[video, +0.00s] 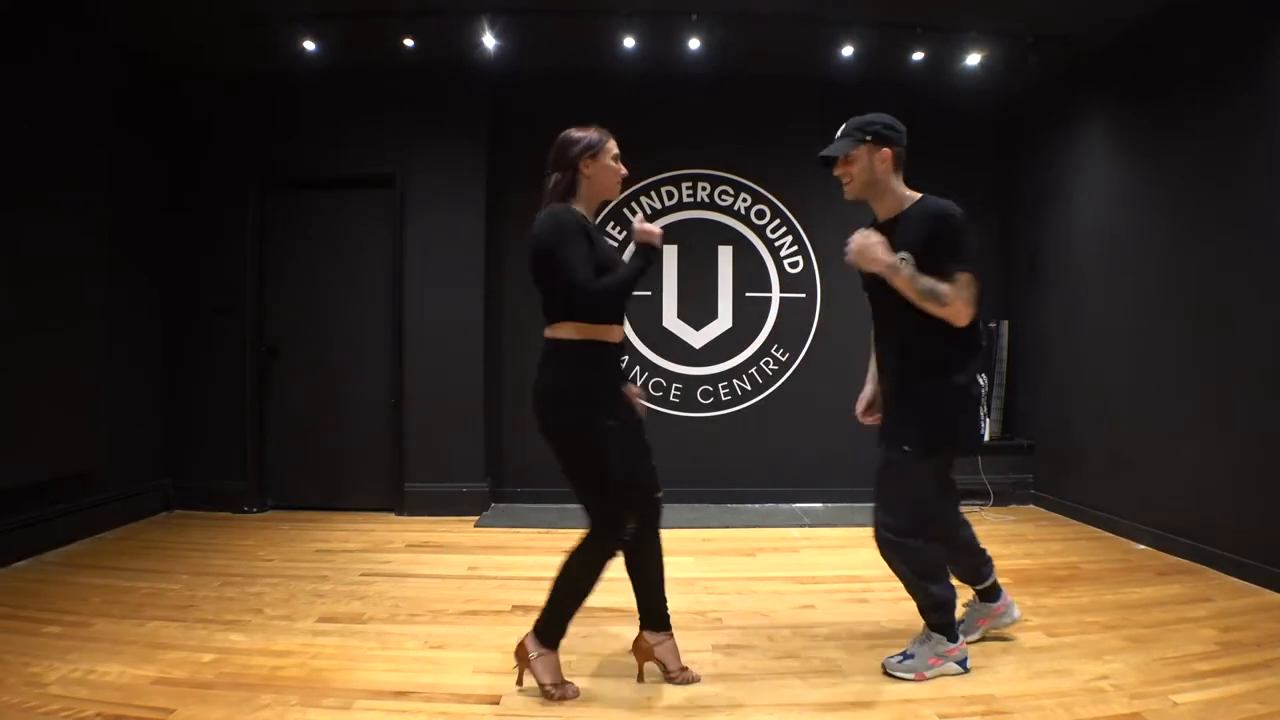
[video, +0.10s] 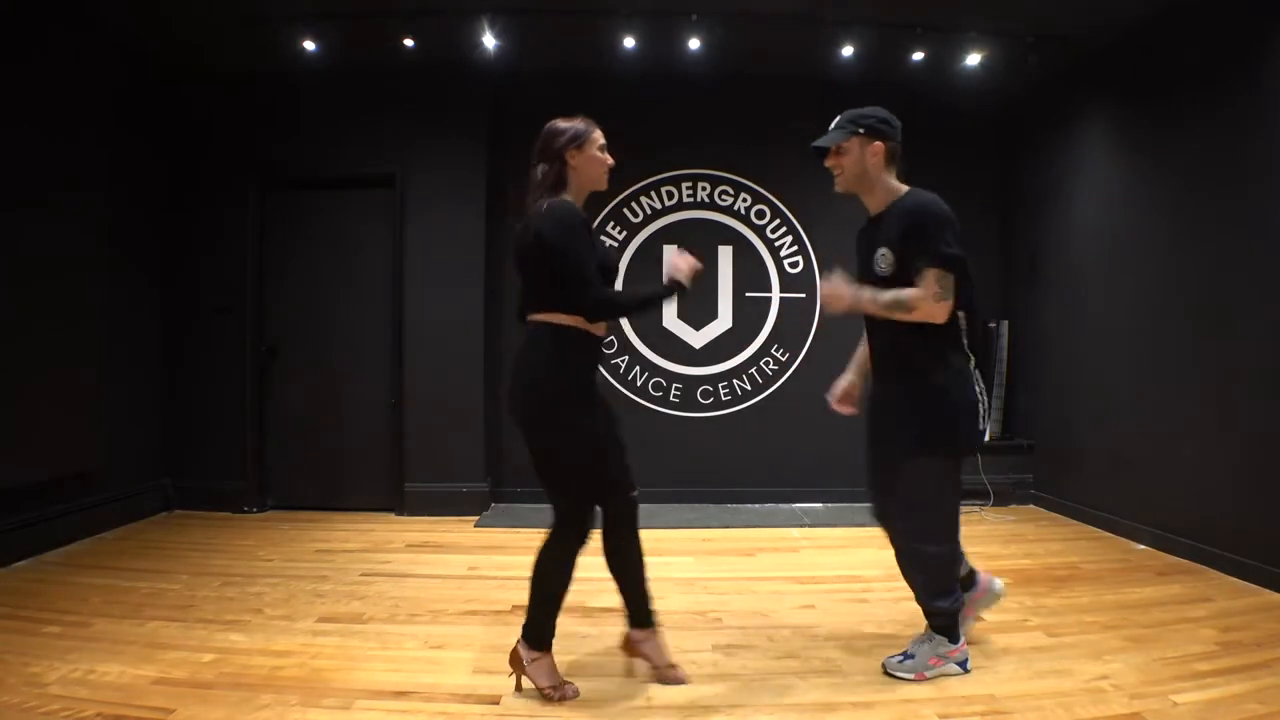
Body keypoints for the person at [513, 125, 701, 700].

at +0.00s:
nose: (624, 169)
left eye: (622, 160)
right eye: (614, 160)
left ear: (593, 167)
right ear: (583, 166)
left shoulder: (598, 229)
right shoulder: (558, 224)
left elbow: (593, 322)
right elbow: (590, 298)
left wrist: (619, 382)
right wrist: (641, 254)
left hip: (603, 381)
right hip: (569, 382)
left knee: (644, 503)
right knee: (611, 518)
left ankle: (655, 632)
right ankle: (541, 642)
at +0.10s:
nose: (610, 159)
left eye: (607, 149)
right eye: (600, 150)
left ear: (577, 160)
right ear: (569, 159)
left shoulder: (565, 219)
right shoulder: (558, 219)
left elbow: (556, 305)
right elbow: (597, 305)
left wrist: (595, 325)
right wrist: (670, 283)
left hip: (568, 374)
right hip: (551, 375)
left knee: (619, 501)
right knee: (576, 512)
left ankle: (642, 630)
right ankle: (534, 646)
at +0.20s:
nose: (595, 154)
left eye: (591, 145)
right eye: (585, 146)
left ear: (556, 158)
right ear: (554, 157)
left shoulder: (538, 218)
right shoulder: (555, 220)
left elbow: (502, 291)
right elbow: (591, 305)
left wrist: (561, 312)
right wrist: (679, 322)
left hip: (537, 378)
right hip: (534, 381)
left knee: (604, 488)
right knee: (548, 505)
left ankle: (568, 622)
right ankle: (532, 645)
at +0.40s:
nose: (549, 159)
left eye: (545, 149)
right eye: (538, 150)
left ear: (508, 163)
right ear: (507, 161)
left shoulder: (487, 220)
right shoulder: (513, 219)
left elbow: (501, 282)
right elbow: (521, 279)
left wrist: (554, 251)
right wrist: (587, 279)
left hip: (477, 366)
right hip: (505, 368)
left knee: (483, 506)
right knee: (520, 514)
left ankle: (422, 608)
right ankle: (533, 648)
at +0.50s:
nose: (520, 157)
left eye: (517, 148)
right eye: (509, 148)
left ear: (485, 160)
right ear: (476, 158)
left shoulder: (481, 224)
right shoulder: (467, 215)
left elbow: (520, 282)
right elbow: (484, 249)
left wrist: (571, 252)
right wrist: (553, 223)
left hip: (447, 364)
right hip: (466, 365)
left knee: (442, 494)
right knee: (520, 487)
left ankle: (411, 611)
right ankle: (501, 628)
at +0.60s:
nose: (499, 160)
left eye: (497, 151)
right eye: (488, 152)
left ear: (468, 165)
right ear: (456, 162)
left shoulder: (470, 233)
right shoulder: (439, 218)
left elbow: (530, 282)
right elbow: (467, 232)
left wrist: (588, 246)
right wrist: (542, 203)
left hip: (442, 365)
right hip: (438, 365)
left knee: (431, 490)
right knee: (498, 485)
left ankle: (409, 613)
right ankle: (449, 609)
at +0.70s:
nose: (478, 163)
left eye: (475, 154)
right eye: (470, 154)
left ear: (451, 163)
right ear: (445, 161)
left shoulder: (468, 240)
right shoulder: (416, 219)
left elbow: (533, 278)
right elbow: (451, 239)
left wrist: (600, 255)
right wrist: (532, 206)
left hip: (436, 375)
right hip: (414, 374)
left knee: (434, 490)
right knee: (459, 488)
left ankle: (411, 609)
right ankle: (419, 611)